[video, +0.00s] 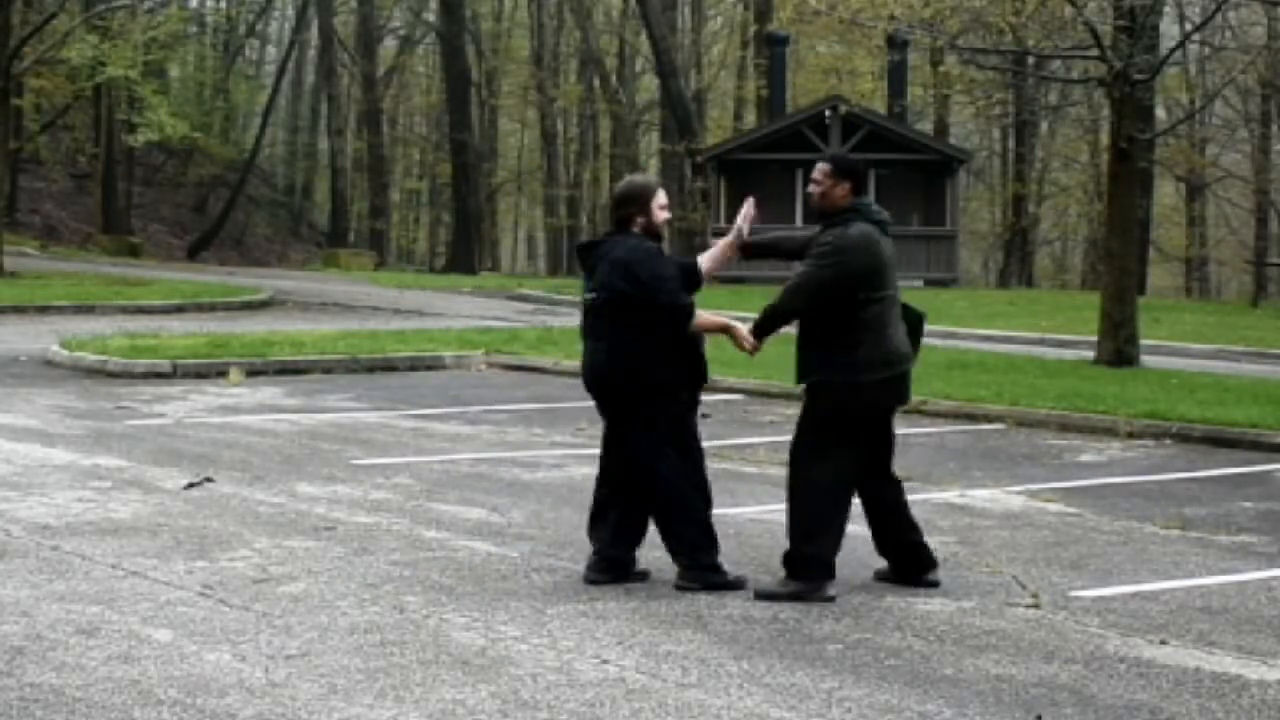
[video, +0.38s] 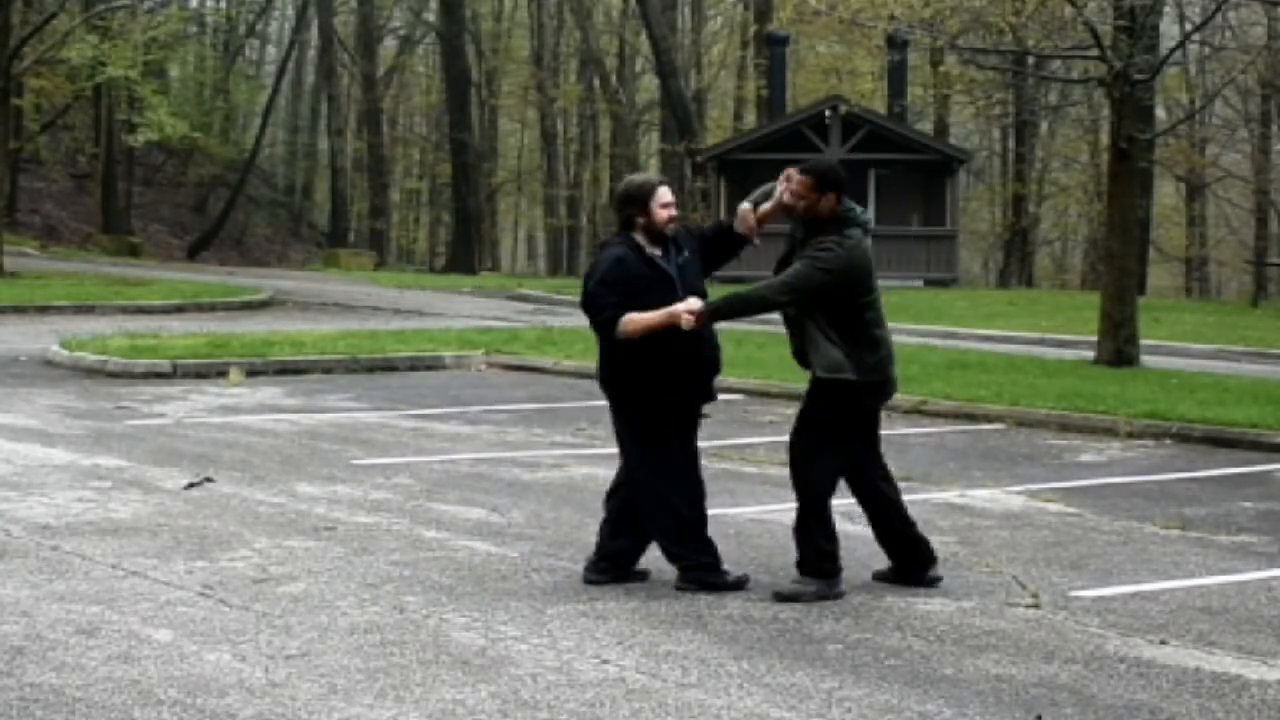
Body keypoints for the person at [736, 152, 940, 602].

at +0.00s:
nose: (810, 190)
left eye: (818, 183)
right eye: (811, 182)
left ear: (844, 189)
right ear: (842, 191)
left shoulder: (845, 241)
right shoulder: (862, 231)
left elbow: (796, 296)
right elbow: (800, 244)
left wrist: (760, 328)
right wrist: (745, 246)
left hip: (846, 380)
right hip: (874, 375)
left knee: (814, 468)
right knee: (872, 472)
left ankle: (808, 575)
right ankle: (912, 563)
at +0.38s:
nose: (786, 194)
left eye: (796, 190)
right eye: (788, 186)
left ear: (826, 200)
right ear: (820, 199)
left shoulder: (838, 251)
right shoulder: (819, 222)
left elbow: (777, 292)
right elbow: (783, 192)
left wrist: (708, 311)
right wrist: (755, 211)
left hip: (847, 378)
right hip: (849, 373)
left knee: (808, 459)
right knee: (863, 466)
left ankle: (820, 574)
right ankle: (913, 560)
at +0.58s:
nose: (770, 222)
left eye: (777, 216)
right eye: (770, 214)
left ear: (803, 217)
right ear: (796, 216)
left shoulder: (826, 254)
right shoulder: (789, 237)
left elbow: (749, 270)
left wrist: (694, 240)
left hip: (837, 373)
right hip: (806, 369)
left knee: (796, 456)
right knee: (787, 452)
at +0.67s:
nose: (764, 226)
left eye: (771, 219)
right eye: (765, 217)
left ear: (796, 222)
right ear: (792, 219)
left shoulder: (820, 258)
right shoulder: (781, 244)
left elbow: (745, 271)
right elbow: (736, 263)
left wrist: (720, 231)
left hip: (825, 383)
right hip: (790, 376)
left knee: (800, 466)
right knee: (757, 445)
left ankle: (825, 569)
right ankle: (809, 536)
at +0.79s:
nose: (760, 228)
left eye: (768, 222)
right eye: (760, 221)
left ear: (794, 223)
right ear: (783, 223)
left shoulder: (823, 256)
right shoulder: (776, 249)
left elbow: (757, 264)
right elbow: (732, 284)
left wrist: (745, 232)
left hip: (821, 384)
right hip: (777, 378)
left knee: (809, 475)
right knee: (746, 464)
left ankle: (824, 572)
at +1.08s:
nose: (753, 216)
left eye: (763, 209)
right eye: (753, 208)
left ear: (790, 212)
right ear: (756, 210)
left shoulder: (815, 254)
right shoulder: (761, 242)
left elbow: (754, 286)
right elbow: (722, 282)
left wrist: (739, 246)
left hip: (806, 382)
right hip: (759, 376)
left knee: (800, 473)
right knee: (736, 463)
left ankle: (822, 572)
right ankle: (729, 555)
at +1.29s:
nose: (738, 210)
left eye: (746, 203)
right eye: (736, 201)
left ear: (774, 203)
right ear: (746, 202)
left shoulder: (810, 248)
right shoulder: (738, 243)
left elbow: (784, 297)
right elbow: (718, 302)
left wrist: (721, 274)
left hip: (807, 381)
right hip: (752, 380)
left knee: (815, 472)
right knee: (726, 462)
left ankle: (834, 573)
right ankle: (728, 555)